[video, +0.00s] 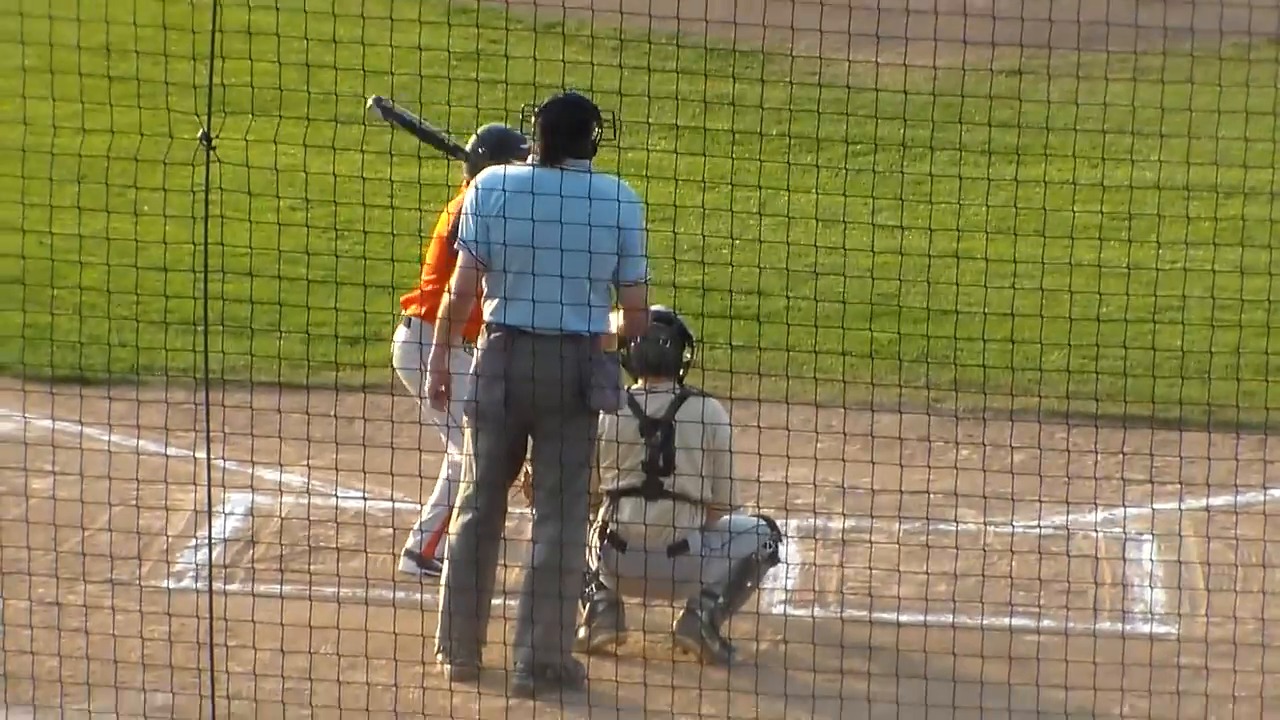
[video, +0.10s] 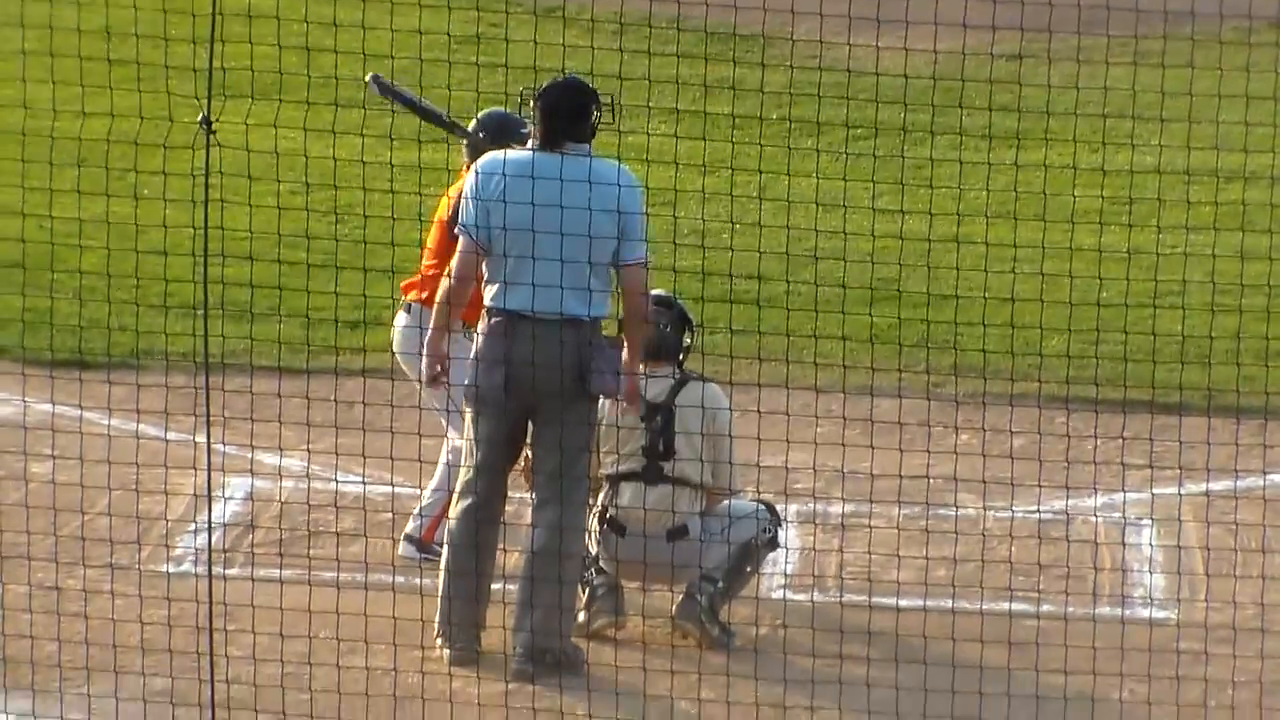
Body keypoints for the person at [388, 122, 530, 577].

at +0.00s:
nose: (523, 174)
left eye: (522, 166)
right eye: (518, 165)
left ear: (477, 165)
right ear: (499, 167)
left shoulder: (472, 202)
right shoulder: (476, 206)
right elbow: (462, 288)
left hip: (426, 338)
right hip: (434, 341)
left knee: (470, 444)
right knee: (473, 444)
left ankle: (431, 545)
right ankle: (426, 546)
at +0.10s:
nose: (522, 158)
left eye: (521, 150)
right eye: (517, 150)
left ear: (475, 149)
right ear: (500, 152)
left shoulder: (469, 187)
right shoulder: (478, 192)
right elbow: (460, 273)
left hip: (421, 322)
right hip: (435, 326)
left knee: (471, 427)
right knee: (475, 427)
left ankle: (432, 527)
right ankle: (427, 528)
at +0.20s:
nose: (525, 154)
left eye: (525, 146)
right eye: (520, 145)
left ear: (477, 145)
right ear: (500, 147)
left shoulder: (473, 183)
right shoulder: (477, 186)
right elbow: (465, 264)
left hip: (424, 318)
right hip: (433, 320)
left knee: (473, 421)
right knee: (477, 421)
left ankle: (434, 520)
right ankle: (428, 521)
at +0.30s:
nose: (523, 138)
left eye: (523, 129)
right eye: (518, 128)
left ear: (475, 128)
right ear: (499, 130)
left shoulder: (469, 167)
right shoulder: (476, 170)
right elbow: (455, 248)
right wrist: (440, 313)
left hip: (419, 303)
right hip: (432, 305)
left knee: (471, 406)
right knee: (478, 405)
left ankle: (431, 505)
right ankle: (428, 506)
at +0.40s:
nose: (522, 147)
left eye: (522, 138)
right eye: (517, 137)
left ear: (474, 135)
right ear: (498, 137)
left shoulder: (466, 173)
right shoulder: (476, 177)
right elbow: (464, 255)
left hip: (420, 310)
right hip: (433, 312)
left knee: (473, 411)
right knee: (480, 412)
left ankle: (431, 507)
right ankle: (428, 509)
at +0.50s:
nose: (523, 136)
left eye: (523, 127)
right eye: (518, 125)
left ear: (475, 124)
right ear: (498, 126)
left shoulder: (466, 163)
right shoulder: (476, 166)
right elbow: (472, 245)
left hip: (418, 300)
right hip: (433, 304)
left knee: (472, 401)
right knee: (480, 402)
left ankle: (431, 498)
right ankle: (428, 500)